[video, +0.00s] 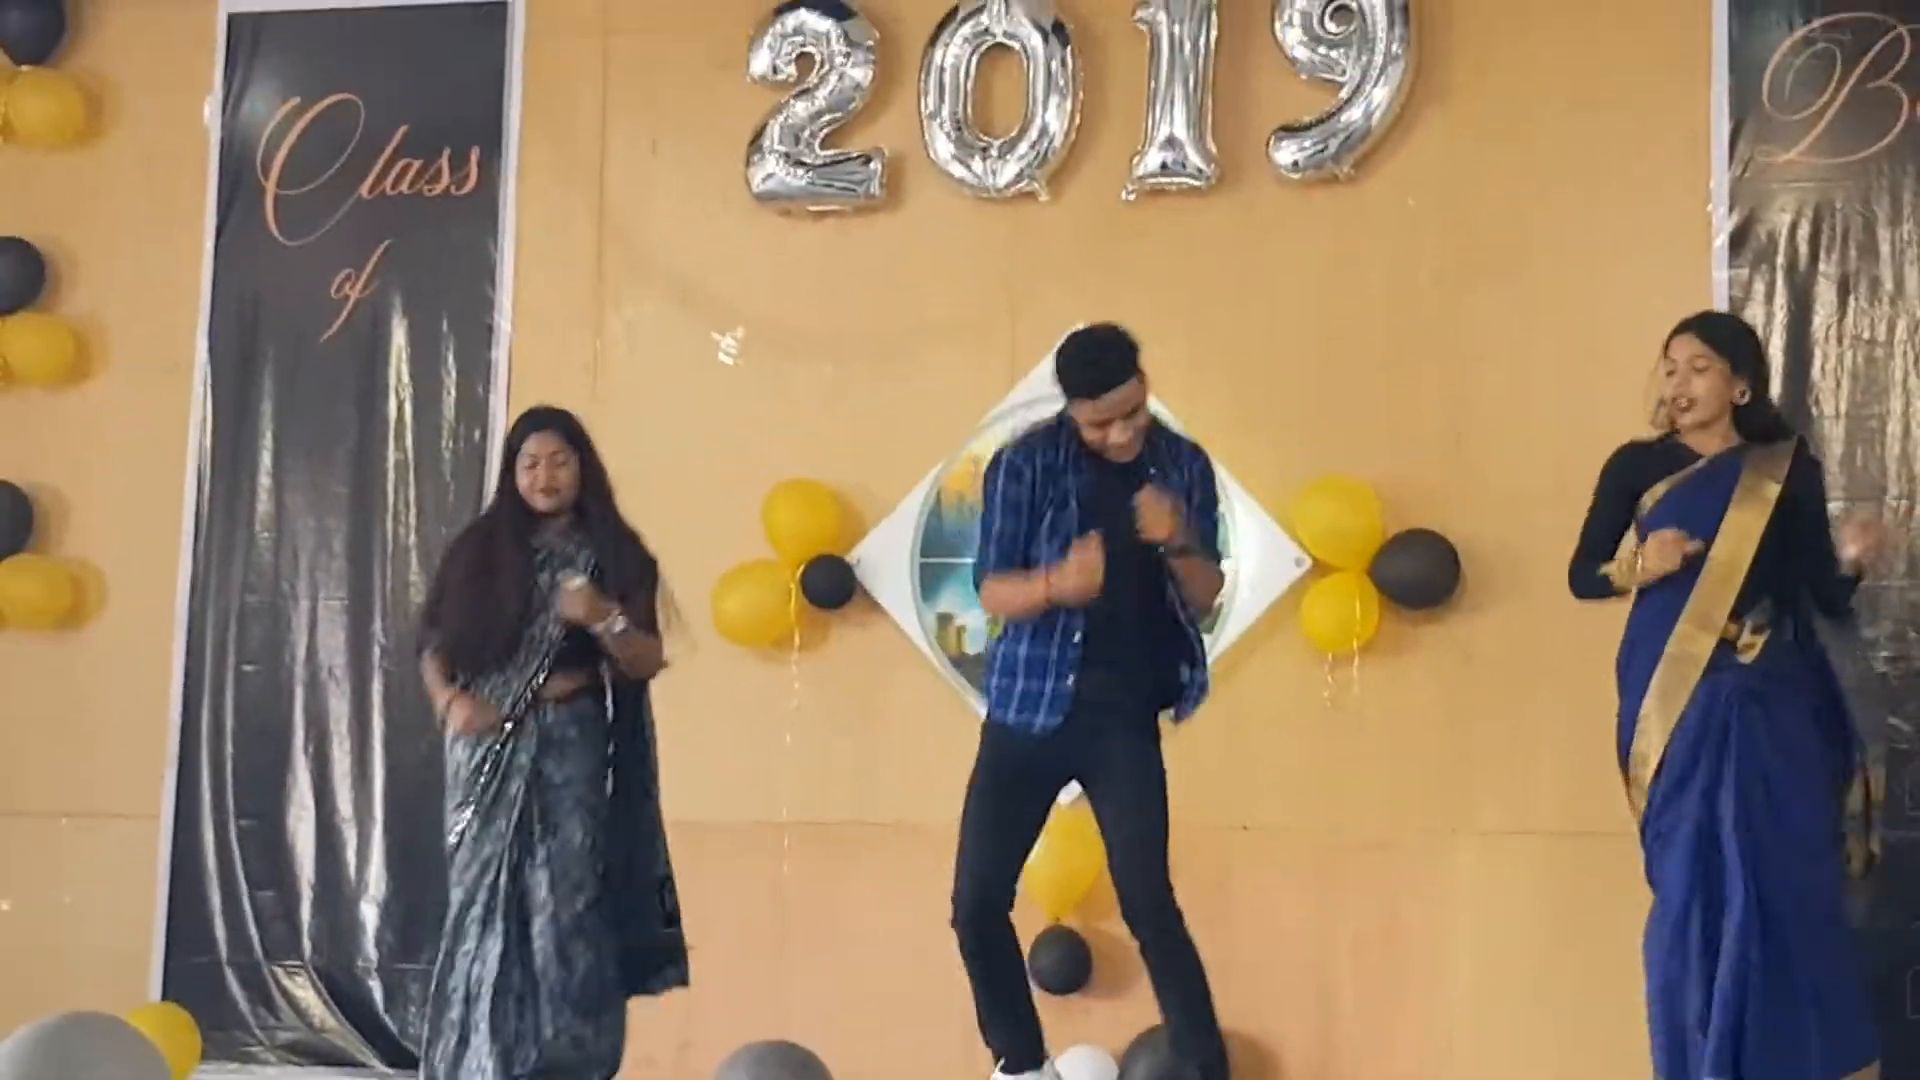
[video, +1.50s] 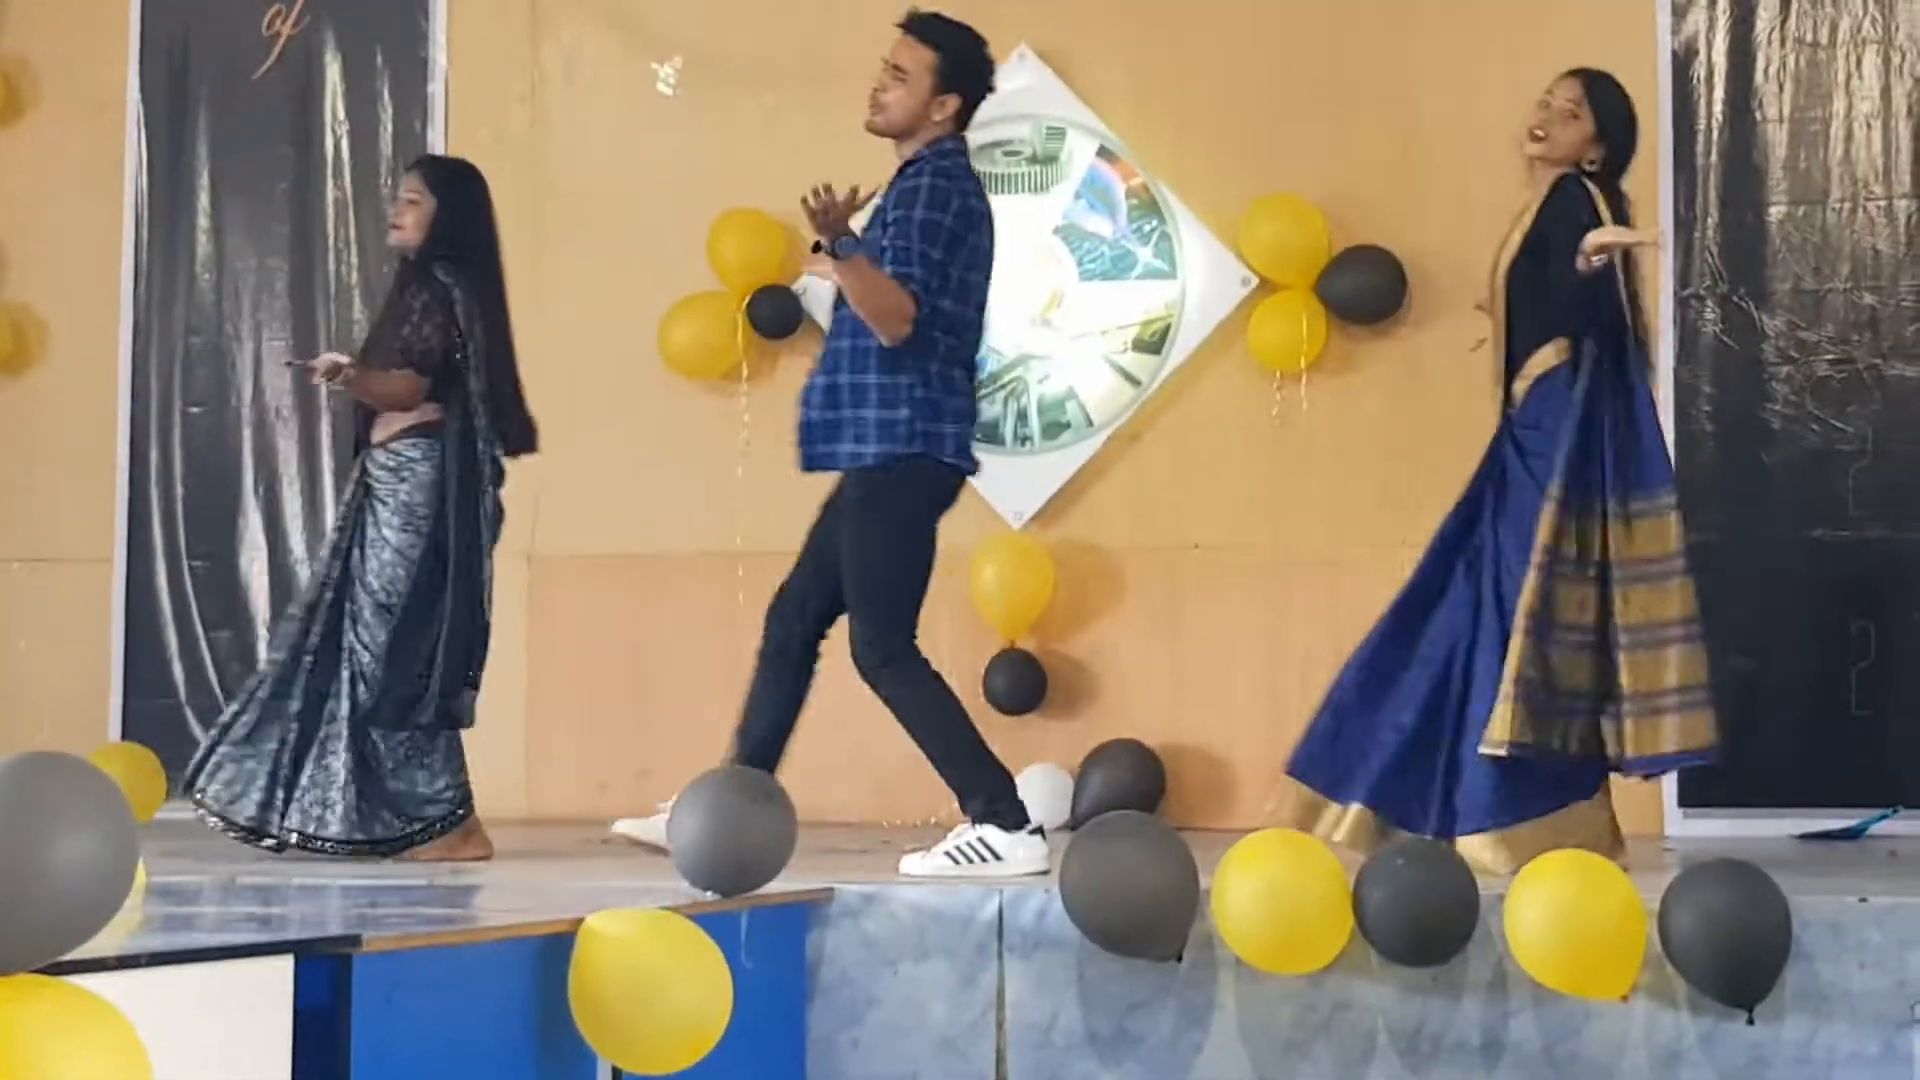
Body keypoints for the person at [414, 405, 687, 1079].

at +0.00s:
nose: (544, 474)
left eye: (559, 460)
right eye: (530, 463)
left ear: (583, 469)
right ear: (513, 475)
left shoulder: (619, 553)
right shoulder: (479, 549)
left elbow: (647, 660)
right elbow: (432, 647)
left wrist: (603, 621)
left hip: (577, 746)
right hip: (487, 748)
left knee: (571, 914)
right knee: (485, 911)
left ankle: (569, 1062)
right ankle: (482, 1062)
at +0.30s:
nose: (445, 530)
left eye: (460, 516)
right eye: (434, 520)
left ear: (494, 522)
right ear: (423, 534)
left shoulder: (545, 592)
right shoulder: (420, 618)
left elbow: (609, 686)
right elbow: (404, 718)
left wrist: (551, 740)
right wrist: (394, 763)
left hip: (522, 803)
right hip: (437, 808)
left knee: (519, 966)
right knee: (418, 962)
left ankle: (516, 1068)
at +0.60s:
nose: (361, 502)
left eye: (379, 492)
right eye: (351, 491)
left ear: (407, 508)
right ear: (337, 505)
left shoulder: (442, 585)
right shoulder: (316, 590)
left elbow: (503, 673)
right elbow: (291, 688)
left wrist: (457, 722)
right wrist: (254, 693)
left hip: (417, 788)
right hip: (334, 789)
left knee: (420, 949)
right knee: (325, 945)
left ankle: (428, 1069)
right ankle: (322, 1068)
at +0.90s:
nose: (305, 342)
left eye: (322, 329)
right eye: (296, 327)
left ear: (351, 341)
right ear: (279, 336)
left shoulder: (381, 429)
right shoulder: (261, 417)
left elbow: (410, 536)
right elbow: (239, 526)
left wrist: (355, 574)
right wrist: (214, 597)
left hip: (353, 618)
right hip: (268, 614)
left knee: (348, 774)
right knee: (250, 766)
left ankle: (372, 945)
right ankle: (245, 953)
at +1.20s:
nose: (317, 199)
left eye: (336, 190)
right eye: (316, 186)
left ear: (369, 204)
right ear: (311, 196)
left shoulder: (368, 275)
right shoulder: (305, 275)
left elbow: (370, 379)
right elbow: (270, 375)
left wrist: (324, 409)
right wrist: (295, 407)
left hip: (345, 474)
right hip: (288, 473)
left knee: (354, 636)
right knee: (265, 640)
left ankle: (455, 786)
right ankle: (260, 822)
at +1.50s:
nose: (396, 212)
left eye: (411, 203)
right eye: (399, 200)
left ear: (445, 217)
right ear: (434, 216)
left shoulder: (434, 285)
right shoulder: (447, 282)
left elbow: (410, 386)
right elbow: (441, 391)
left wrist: (352, 375)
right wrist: (379, 411)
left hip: (418, 485)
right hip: (430, 481)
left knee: (384, 644)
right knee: (400, 645)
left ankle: (449, 822)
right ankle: (433, 818)